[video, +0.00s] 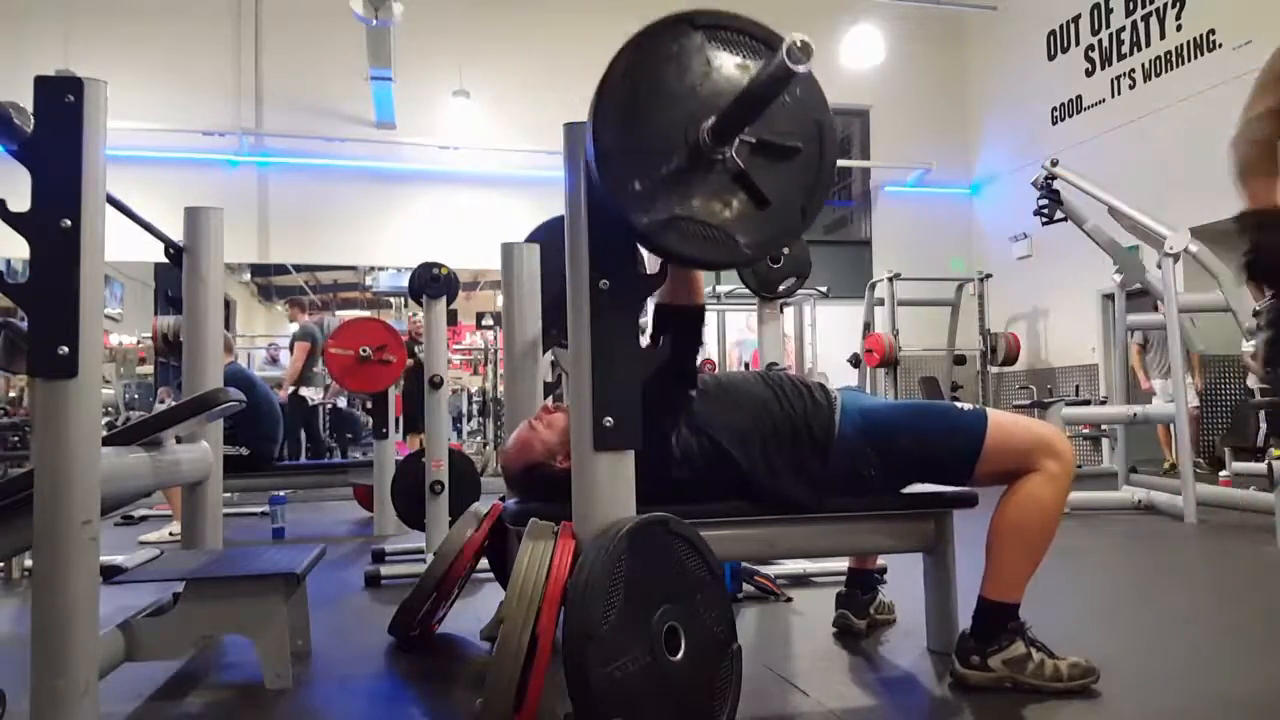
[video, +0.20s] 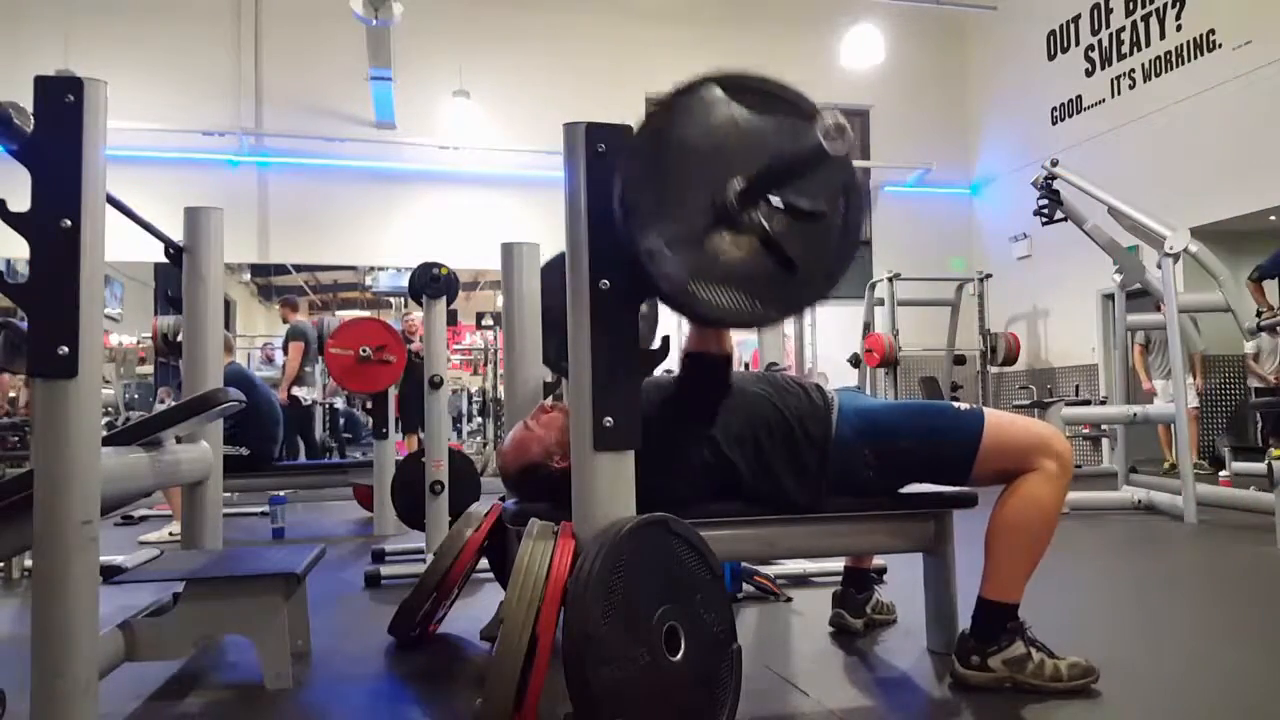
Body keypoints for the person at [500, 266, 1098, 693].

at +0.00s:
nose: (546, 410)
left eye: (534, 413)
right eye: (538, 427)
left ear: (555, 426)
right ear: (559, 466)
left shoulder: (610, 433)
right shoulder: (628, 453)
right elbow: (678, 325)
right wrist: (687, 211)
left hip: (812, 428)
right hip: (837, 438)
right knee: (1050, 451)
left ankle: (862, 591)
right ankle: (993, 639)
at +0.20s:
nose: (541, 414)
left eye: (530, 416)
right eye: (532, 429)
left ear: (546, 445)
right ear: (551, 464)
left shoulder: (592, 447)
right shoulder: (624, 467)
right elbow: (698, 393)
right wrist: (714, 267)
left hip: (798, 428)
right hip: (833, 438)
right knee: (1050, 451)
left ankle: (858, 594)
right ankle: (992, 642)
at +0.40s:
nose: (537, 421)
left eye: (530, 420)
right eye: (531, 429)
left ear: (533, 440)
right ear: (533, 459)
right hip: (803, 433)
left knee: (891, 435)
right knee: (1051, 454)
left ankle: (857, 591)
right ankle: (993, 637)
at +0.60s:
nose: (542, 414)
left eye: (529, 420)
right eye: (534, 429)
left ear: (539, 439)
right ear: (545, 461)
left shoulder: (599, 430)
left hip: (774, 427)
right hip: (821, 439)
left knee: (894, 437)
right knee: (1052, 455)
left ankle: (857, 591)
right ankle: (993, 637)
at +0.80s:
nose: (544, 411)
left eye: (532, 417)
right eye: (537, 428)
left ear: (548, 424)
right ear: (552, 463)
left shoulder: (608, 429)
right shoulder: (619, 462)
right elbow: (749, 461)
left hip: (790, 430)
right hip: (826, 446)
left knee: (895, 442)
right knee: (1053, 453)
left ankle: (856, 593)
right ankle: (992, 638)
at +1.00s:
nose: (544, 408)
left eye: (533, 414)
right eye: (537, 426)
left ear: (554, 436)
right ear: (555, 458)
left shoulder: (611, 428)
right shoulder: (627, 442)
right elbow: (766, 466)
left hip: (802, 436)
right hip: (833, 447)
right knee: (1053, 456)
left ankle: (856, 595)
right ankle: (992, 639)